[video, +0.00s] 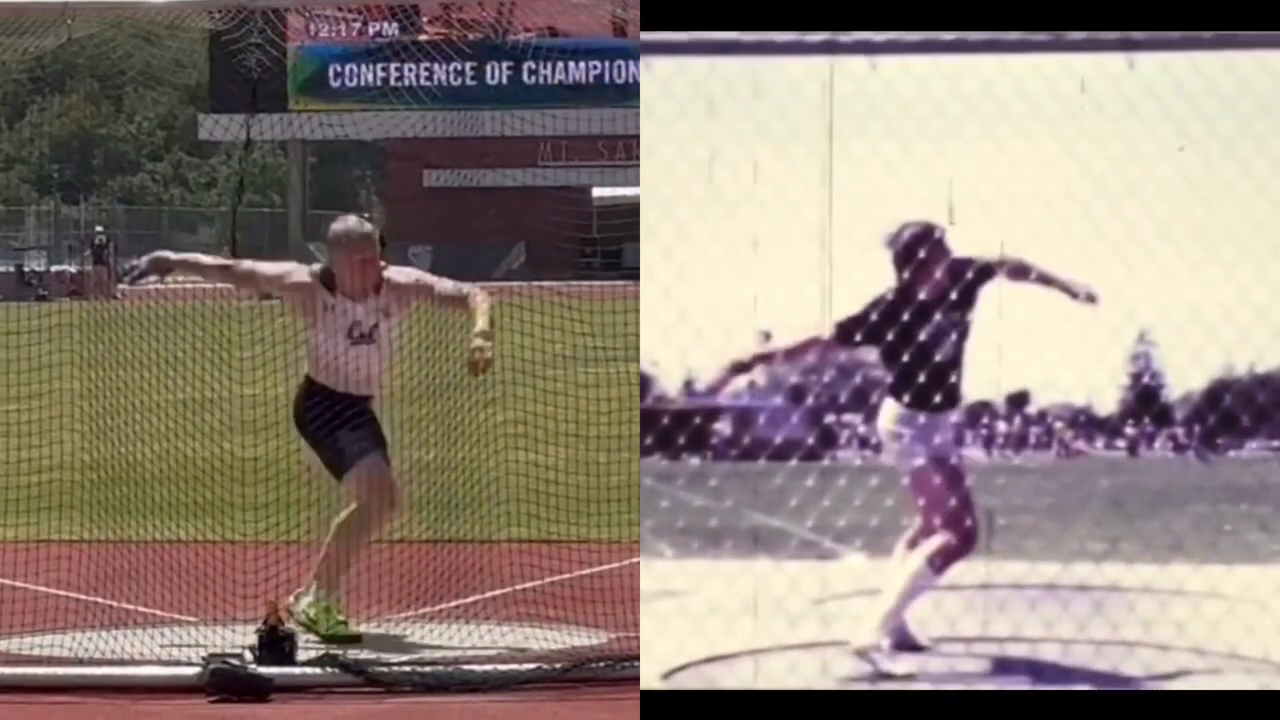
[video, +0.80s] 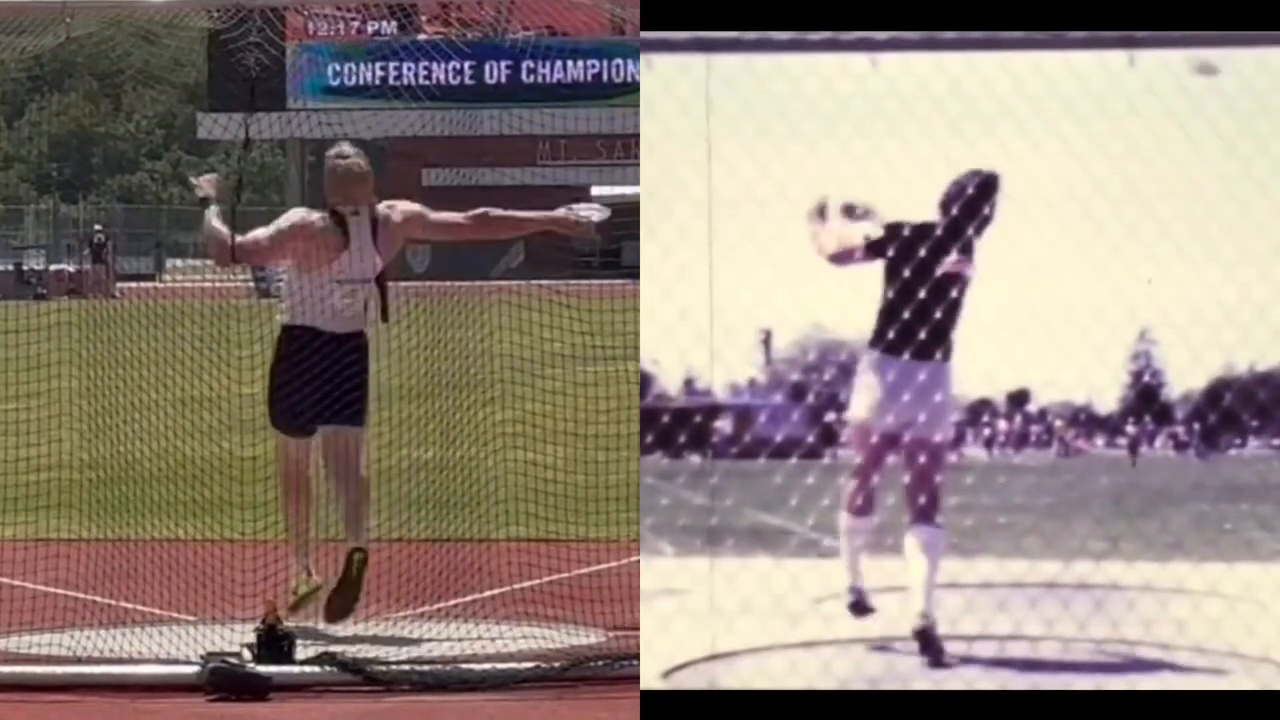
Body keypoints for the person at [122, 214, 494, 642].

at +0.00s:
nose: (374, 270)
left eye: (376, 261)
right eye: (364, 263)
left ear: (380, 259)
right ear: (338, 264)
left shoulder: (397, 284)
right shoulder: (308, 287)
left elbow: (477, 296)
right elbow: (235, 271)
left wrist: (482, 335)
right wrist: (172, 261)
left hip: (360, 408)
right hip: (323, 404)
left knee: (384, 500)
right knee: (377, 494)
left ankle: (319, 599)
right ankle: (317, 600)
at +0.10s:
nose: (381, 266)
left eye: (384, 256)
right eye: (371, 257)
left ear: (387, 257)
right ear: (343, 261)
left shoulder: (398, 282)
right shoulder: (314, 295)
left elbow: (463, 274)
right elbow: (233, 300)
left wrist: (510, 308)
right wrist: (162, 306)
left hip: (356, 407)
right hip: (325, 405)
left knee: (390, 509)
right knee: (376, 499)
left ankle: (316, 605)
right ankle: (315, 602)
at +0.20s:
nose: (395, 250)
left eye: (393, 242)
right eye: (388, 243)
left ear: (380, 248)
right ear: (361, 250)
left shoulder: (381, 269)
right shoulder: (331, 295)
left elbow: (410, 253)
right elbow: (258, 325)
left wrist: (468, 268)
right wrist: (191, 356)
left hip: (343, 400)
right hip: (332, 401)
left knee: (351, 503)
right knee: (390, 505)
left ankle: (312, 602)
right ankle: (319, 600)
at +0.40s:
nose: (400, 223)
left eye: (397, 215)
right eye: (393, 217)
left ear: (357, 226)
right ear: (370, 228)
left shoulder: (336, 239)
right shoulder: (351, 285)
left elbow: (301, 237)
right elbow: (311, 336)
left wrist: (341, 233)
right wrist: (284, 389)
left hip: (322, 387)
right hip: (353, 389)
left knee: (327, 500)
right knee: (381, 502)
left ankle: (304, 604)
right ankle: (318, 593)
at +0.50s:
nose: (384, 214)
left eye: (379, 206)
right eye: (383, 206)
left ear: (339, 204)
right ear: (380, 208)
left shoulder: (306, 227)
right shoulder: (382, 261)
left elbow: (241, 240)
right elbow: (391, 325)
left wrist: (257, 213)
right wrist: (404, 379)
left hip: (309, 368)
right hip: (361, 371)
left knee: (307, 487)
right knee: (359, 490)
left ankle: (304, 596)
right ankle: (325, 584)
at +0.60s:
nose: (352, 203)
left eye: (341, 193)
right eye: (359, 193)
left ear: (325, 193)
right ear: (371, 194)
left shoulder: (294, 227)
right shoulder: (393, 242)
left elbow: (224, 248)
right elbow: (459, 283)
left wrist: (206, 208)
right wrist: (522, 313)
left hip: (301, 359)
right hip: (354, 362)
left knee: (298, 481)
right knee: (348, 481)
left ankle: (303, 589)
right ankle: (335, 571)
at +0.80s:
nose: (363, 191)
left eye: (355, 179)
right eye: (360, 180)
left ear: (327, 190)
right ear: (366, 185)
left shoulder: (302, 228)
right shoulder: (393, 220)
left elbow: (226, 251)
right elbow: (474, 222)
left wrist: (210, 203)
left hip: (301, 351)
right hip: (352, 352)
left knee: (294, 469)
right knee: (347, 462)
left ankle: (303, 574)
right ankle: (358, 545)